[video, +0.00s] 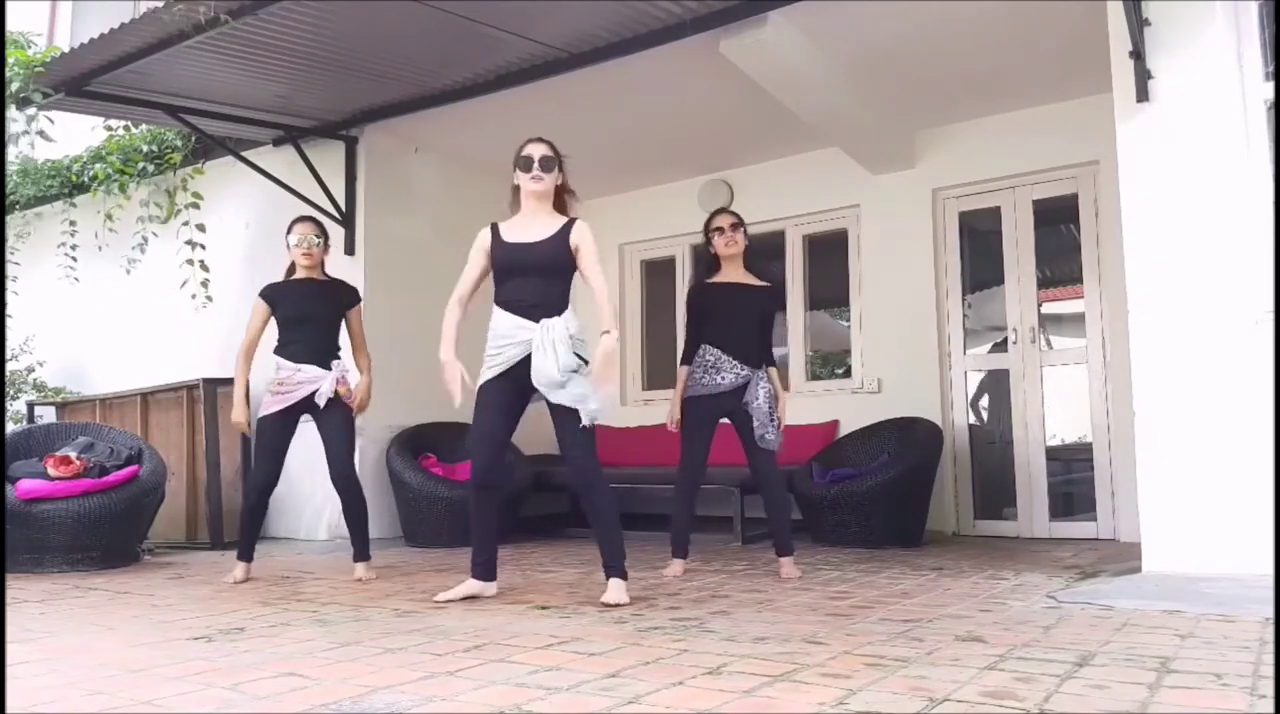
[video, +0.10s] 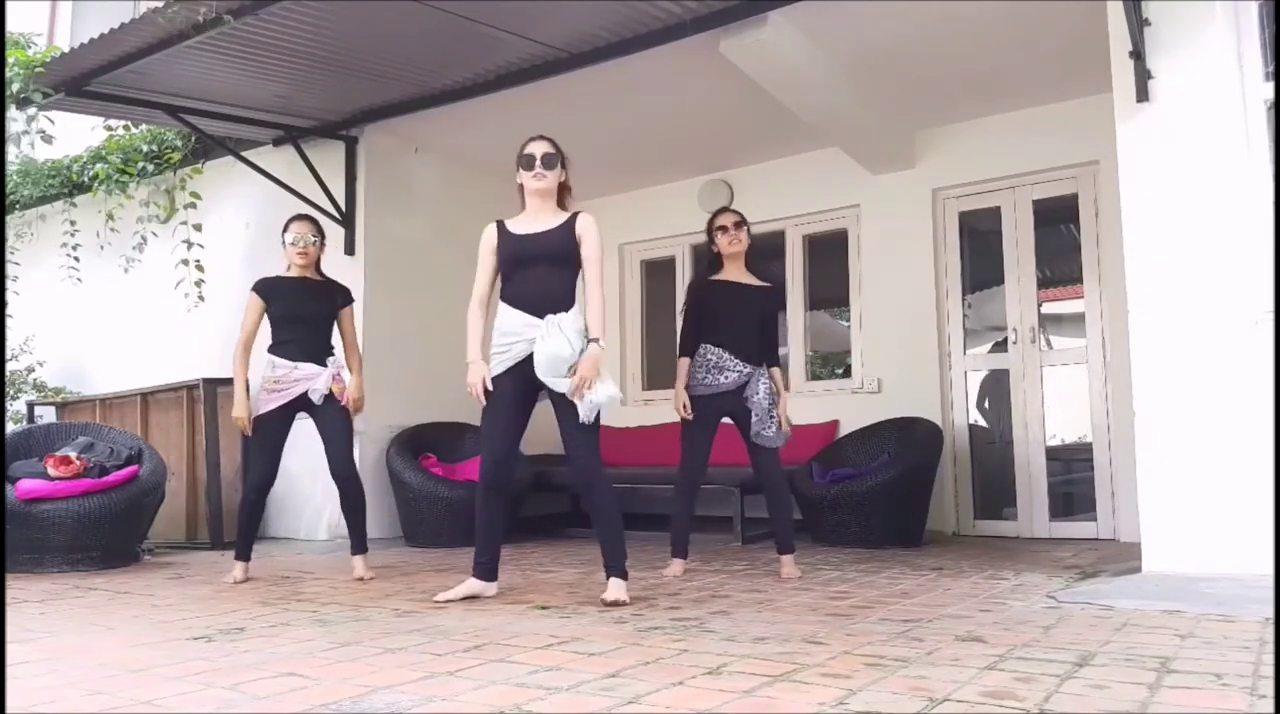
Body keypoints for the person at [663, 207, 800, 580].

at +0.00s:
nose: (727, 235)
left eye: (733, 229)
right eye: (718, 231)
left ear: (745, 236)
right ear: (710, 242)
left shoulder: (766, 289)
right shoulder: (700, 290)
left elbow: (767, 347)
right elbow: (690, 346)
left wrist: (781, 392)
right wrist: (676, 398)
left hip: (750, 389)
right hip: (702, 389)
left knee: (768, 472)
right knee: (688, 474)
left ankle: (785, 555)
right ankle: (678, 557)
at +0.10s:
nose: (731, 234)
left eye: (737, 227)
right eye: (722, 230)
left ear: (748, 235)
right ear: (713, 242)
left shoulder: (766, 290)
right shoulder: (701, 286)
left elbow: (771, 348)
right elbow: (688, 338)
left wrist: (783, 394)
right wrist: (680, 385)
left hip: (752, 388)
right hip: (705, 387)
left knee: (771, 472)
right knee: (689, 473)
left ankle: (786, 554)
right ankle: (677, 557)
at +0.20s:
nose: (737, 240)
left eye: (743, 233)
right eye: (728, 237)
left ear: (753, 241)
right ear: (718, 249)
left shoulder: (770, 296)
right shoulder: (704, 290)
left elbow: (778, 351)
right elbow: (686, 341)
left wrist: (789, 400)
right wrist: (682, 386)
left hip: (757, 390)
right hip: (709, 390)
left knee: (775, 474)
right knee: (692, 475)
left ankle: (787, 556)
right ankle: (678, 557)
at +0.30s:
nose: (744, 248)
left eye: (749, 242)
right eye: (734, 246)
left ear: (759, 250)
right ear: (725, 258)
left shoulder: (774, 304)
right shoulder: (710, 299)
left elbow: (782, 359)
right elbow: (689, 350)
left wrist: (793, 407)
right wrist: (683, 396)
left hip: (761, 394)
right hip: (713, 394)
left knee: (780, 476)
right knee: (693, 475)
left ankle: (788, 556)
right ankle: (679, 557)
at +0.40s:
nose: (749, 246)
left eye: (754, 240)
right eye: (739, 243)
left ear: (763, 248)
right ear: (729, 257)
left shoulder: (779, 303)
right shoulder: (716, 299)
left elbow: (784, 359)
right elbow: (694, 353)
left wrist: (790, 407)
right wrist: (683, 403)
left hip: (763, 398)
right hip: (715, 397)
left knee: (782, 477)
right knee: (697, 476)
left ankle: (788, 557)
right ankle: (679, 558)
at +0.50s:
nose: (751, 239)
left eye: (756, 233)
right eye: (741, 236)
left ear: (765, 242)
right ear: (729, 249)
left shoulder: (775, 296)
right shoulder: (717, 293)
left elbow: (779, 351)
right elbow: (698, 345)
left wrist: (786, 397)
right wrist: (681, 392)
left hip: (761, 393)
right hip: (714, 392)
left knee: (783, 474)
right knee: (697, 474)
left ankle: (788, 556)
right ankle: (678, 557)